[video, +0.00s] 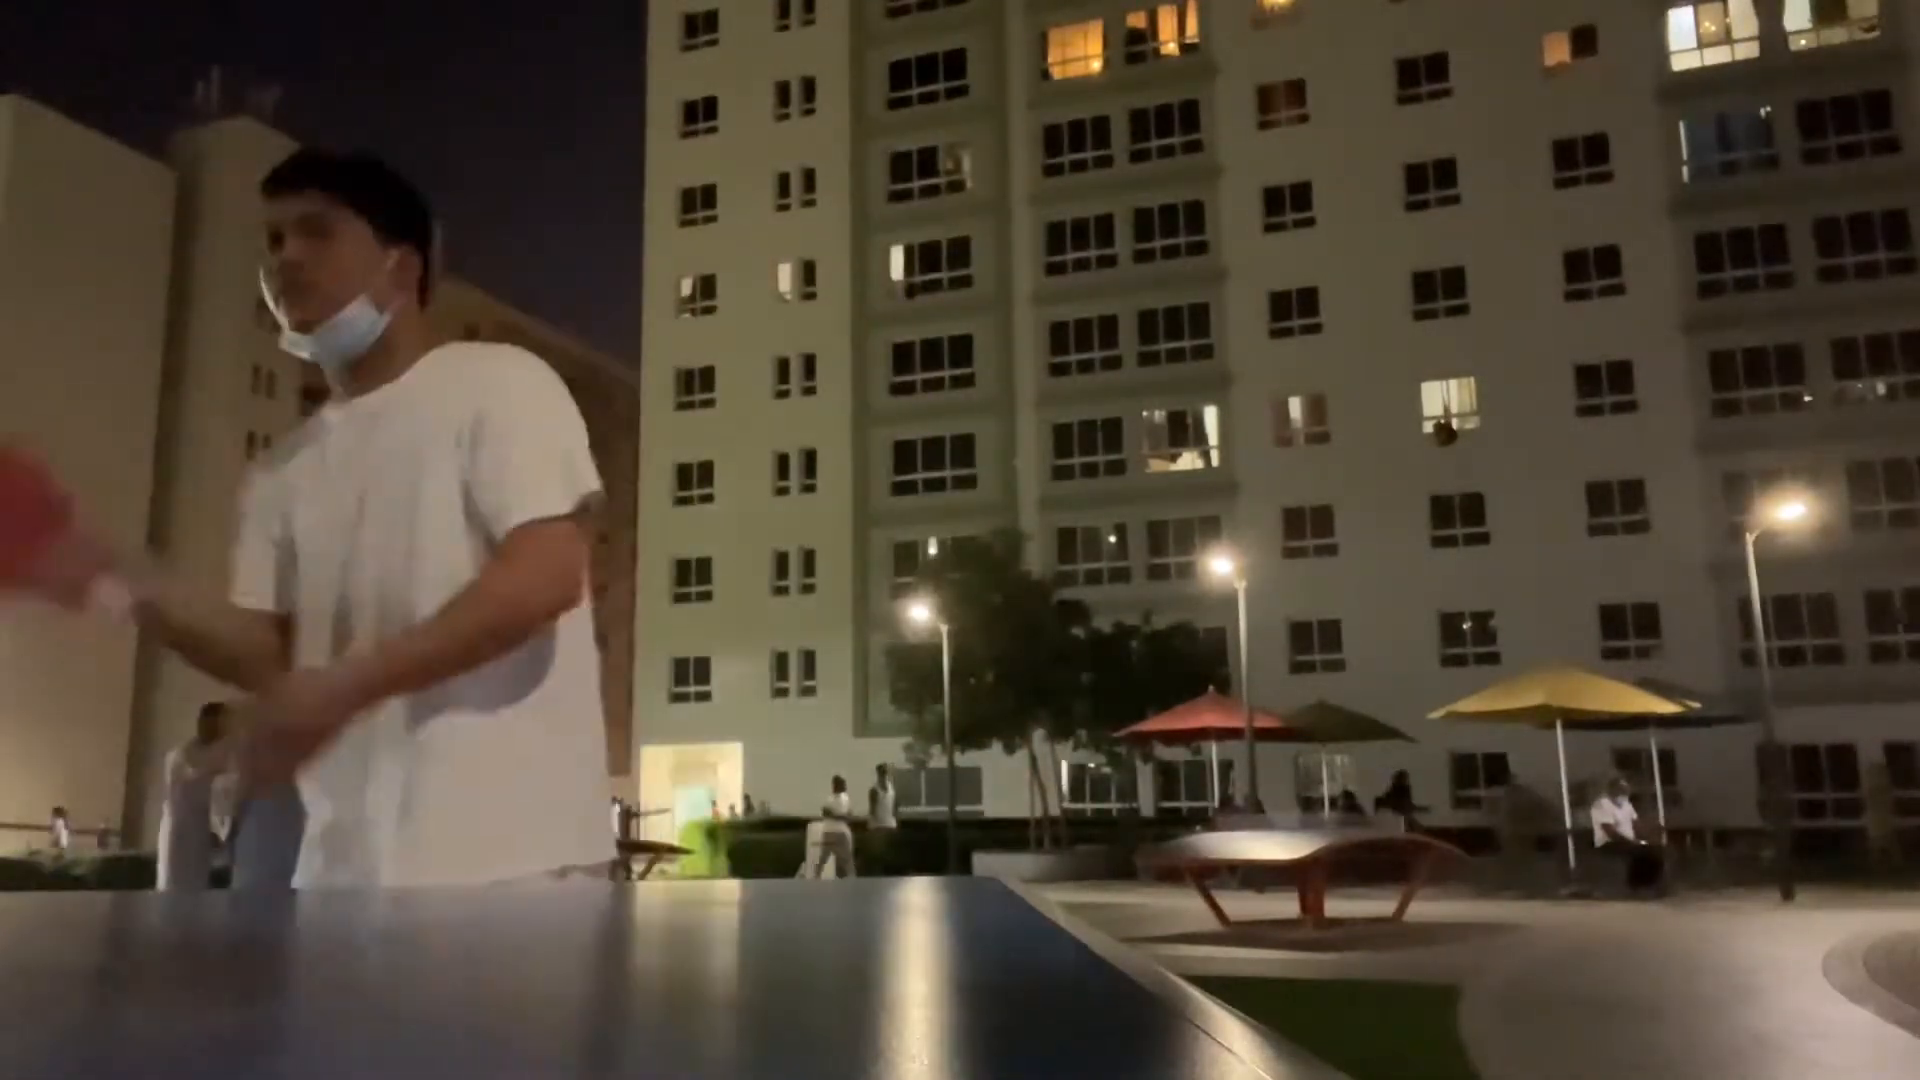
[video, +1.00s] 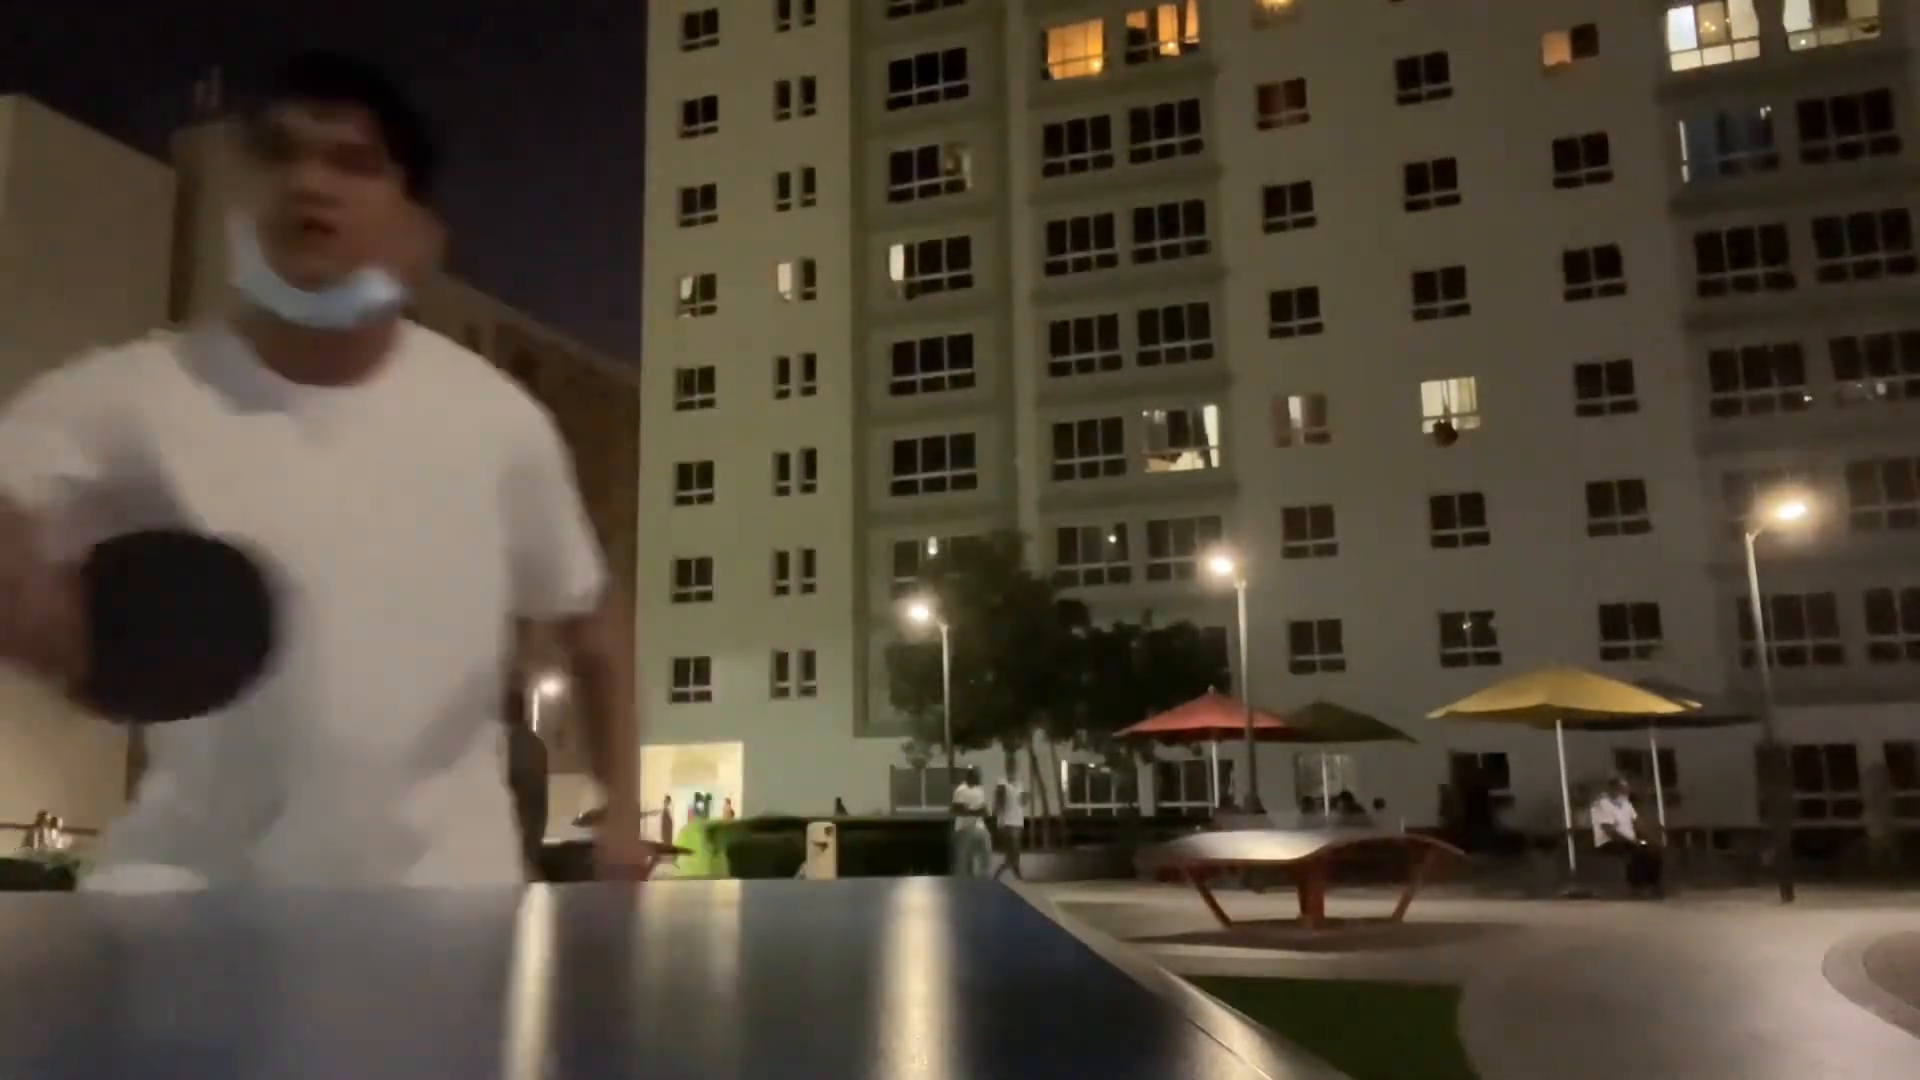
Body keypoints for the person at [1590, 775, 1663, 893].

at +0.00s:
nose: (1624, 794)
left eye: (1625, 790)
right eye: (1621, 790)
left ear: (1627, 790)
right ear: (1613, 790)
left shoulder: (1625, 802)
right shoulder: (1602, 804)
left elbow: (1635, 822)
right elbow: (1609, 830)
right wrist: (1632, 842)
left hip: (1629, 840)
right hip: (1609, 843)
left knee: (1653, 850)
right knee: (1640, 853)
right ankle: (1635, 888)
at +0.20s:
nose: (1625, 791)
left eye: (1626, 788)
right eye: (1621, 788)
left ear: (1627, 789)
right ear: (1613, 789)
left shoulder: (1625, 802)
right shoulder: (1603, 804)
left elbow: (1635, 822)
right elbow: (1608, 829)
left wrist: (1646, 834)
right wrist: (1631, 842)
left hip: (1629, 840)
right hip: (1609, 842)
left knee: (1654, 850)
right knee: (1640, 853)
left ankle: (1649, 885)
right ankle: (1634, 886)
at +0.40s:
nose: (1625, 790)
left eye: (1626, 787)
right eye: (1622, 787)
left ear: (1627, 788)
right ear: (1613, 788)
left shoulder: (1624, 802)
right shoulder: (1603, 804)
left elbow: (1635, 821)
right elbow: (1609, 829)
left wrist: (1646, 835)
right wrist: (1631, 842)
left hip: (1629, 840)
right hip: (1609, 842)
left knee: (1653, 850)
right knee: (1638, 853)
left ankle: (1651, 886)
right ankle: (1635, 887)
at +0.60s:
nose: (1625, 790)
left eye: (1626, 787)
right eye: (1621, 787)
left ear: (1628, 788)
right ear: (1613, 788)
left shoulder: (1624, 802)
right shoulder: (1603, 803)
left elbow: (1635, 821)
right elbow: (1609, 829)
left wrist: (1646, 835)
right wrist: (1632, 842)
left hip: (1629, 840)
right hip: (1609, 842)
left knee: (1652, 850)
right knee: (1639, 853)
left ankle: (1650, 885)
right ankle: (1637, 887)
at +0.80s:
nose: (1625, 791)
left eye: (1626, 788)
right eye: (1622, 788)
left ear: (1627, 789)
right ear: (1614, 789)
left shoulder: (1625, 802)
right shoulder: (1603, 803)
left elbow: (1636, 821)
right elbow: (1608, 829)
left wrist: (1648, 835)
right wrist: (1631, 842)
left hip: (1628, 839)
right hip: (1608, 842)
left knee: (1652, 850)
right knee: (1636, 853)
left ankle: (1651, 886)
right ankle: (1635, 887)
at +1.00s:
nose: (1625, 792)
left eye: (1626, 788)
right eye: (1621, 788)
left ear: (1627, 789)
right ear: (1613, 789)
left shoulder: (1625, 802)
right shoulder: (1602, 803)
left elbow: (1636, 821)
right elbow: (1608, 829)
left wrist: (1648, 836)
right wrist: (1631, 842)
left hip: (1629, 840)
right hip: (1609, 842)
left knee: (1652, 851)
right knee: (1635, 853)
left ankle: (1653, 886)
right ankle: (1637, 888)